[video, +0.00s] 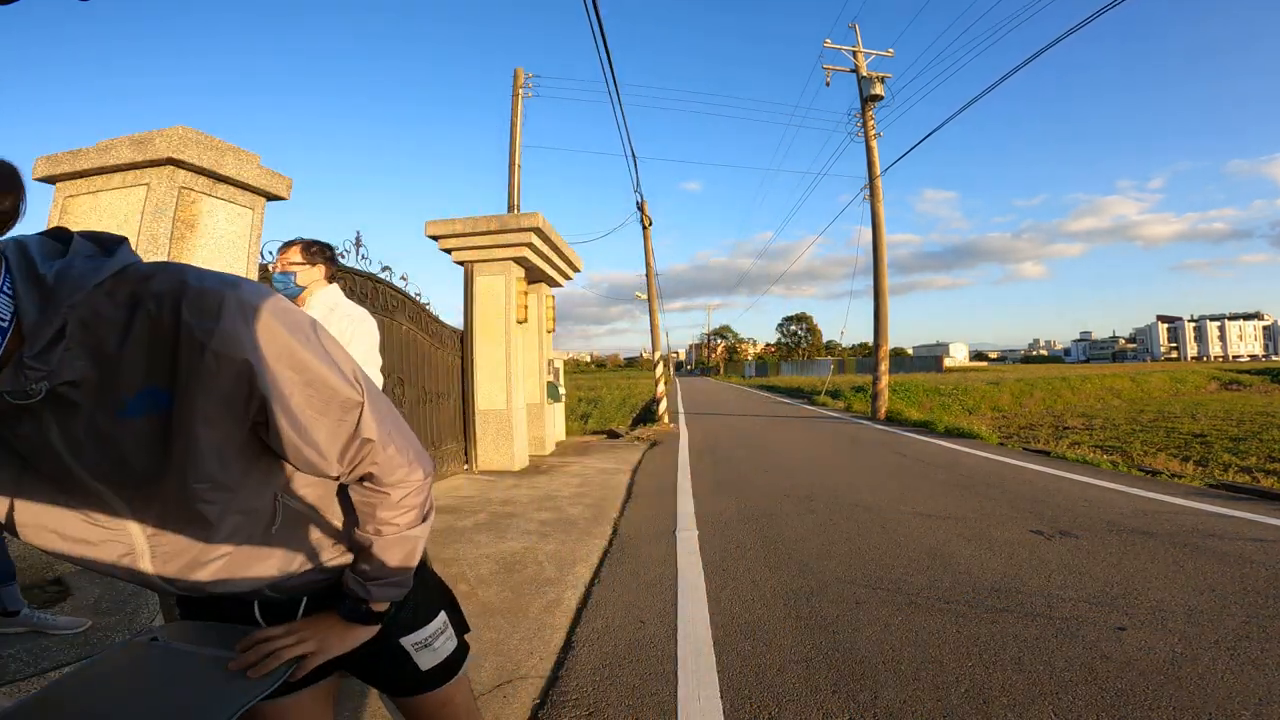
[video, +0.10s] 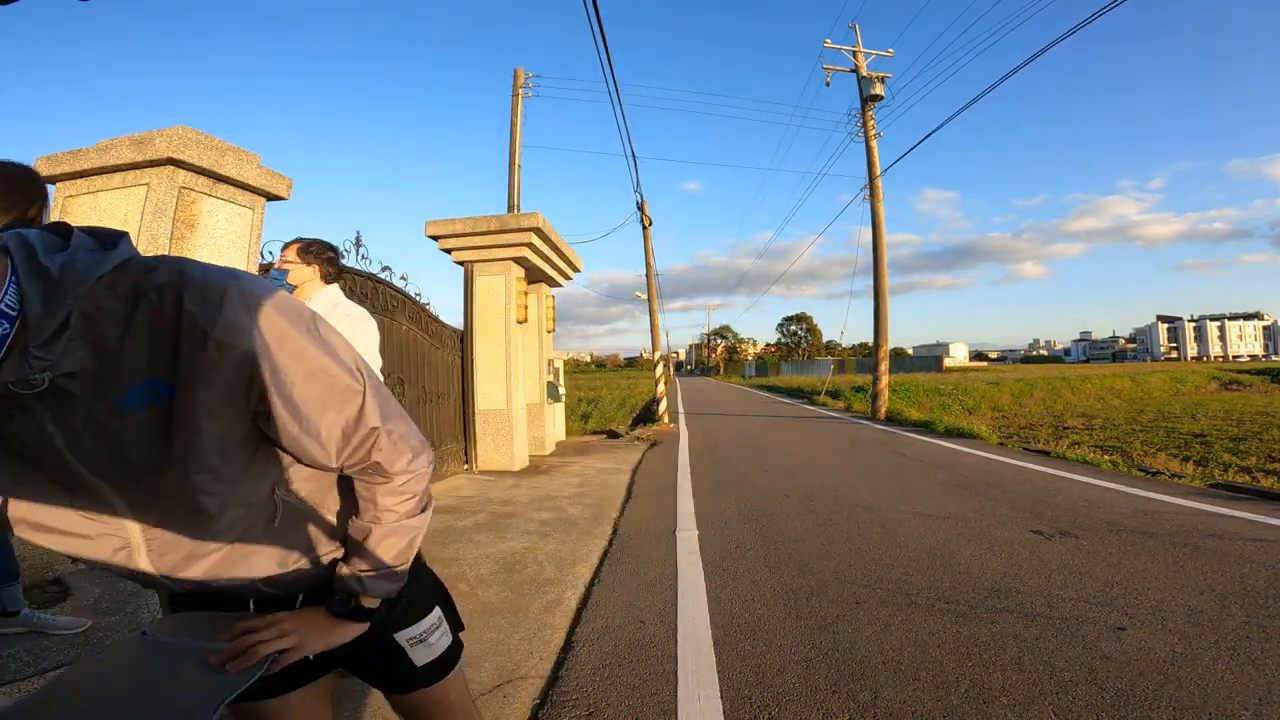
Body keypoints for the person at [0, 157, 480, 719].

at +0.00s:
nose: (292, 275)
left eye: (300, 264)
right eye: (290, 264)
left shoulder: (216, 321)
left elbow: (397, 471)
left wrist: (361, 609)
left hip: (359, 578)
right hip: (221, 605)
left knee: (448, 709)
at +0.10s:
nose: (290, 271)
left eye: (298, 262)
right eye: (291, 262)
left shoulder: (208, 312)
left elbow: (397, 459)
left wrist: (353, 604)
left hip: (358, 573)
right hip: (216, 601)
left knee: (442, 706)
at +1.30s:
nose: (111, 402)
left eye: (160, 344)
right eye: (63, 349)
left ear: (336, 260)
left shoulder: (504, 387)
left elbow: (529, 620)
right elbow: (190, 516)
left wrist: (334, 716)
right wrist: (49, 594)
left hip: (488, 637)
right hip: (346, 635)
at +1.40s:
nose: (191, 419)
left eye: (237, 360)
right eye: (139, 366)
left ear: (414, 268)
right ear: (104, 320)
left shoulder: (568, 382)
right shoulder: (208, 373)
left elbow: (599, 595)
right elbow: (214, 530)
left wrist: (438, 708)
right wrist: (125, 629)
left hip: (514, 650)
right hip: (361, 643)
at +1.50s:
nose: (250, 420)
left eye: (307, 354)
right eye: (189, 361)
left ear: (471, 254)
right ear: (141, 312)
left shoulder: (616, 377)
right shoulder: (228, 385)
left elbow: (639, 590)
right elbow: (252, 559)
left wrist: (532, 700)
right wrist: (172, 650)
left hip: (550, 636)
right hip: (395, 642)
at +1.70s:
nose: (302, 442)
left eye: (371, 368)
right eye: (227, 374)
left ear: (537, 256)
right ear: (176, 323)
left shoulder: (669, 395)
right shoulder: (251, 394)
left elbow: (676, 607)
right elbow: (283, 575)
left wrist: (609, 705)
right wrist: (237, 681)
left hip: (606, 640)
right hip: (433, 644)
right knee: (441, 708)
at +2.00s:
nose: (229, 567)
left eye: (298, 458)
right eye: (118, 501)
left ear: (485, 301)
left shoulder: (654, 434)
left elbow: (687, 640)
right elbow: (213, 642)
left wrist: (652, 704)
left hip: (582, 639)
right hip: (424, 647)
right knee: (442, 703)